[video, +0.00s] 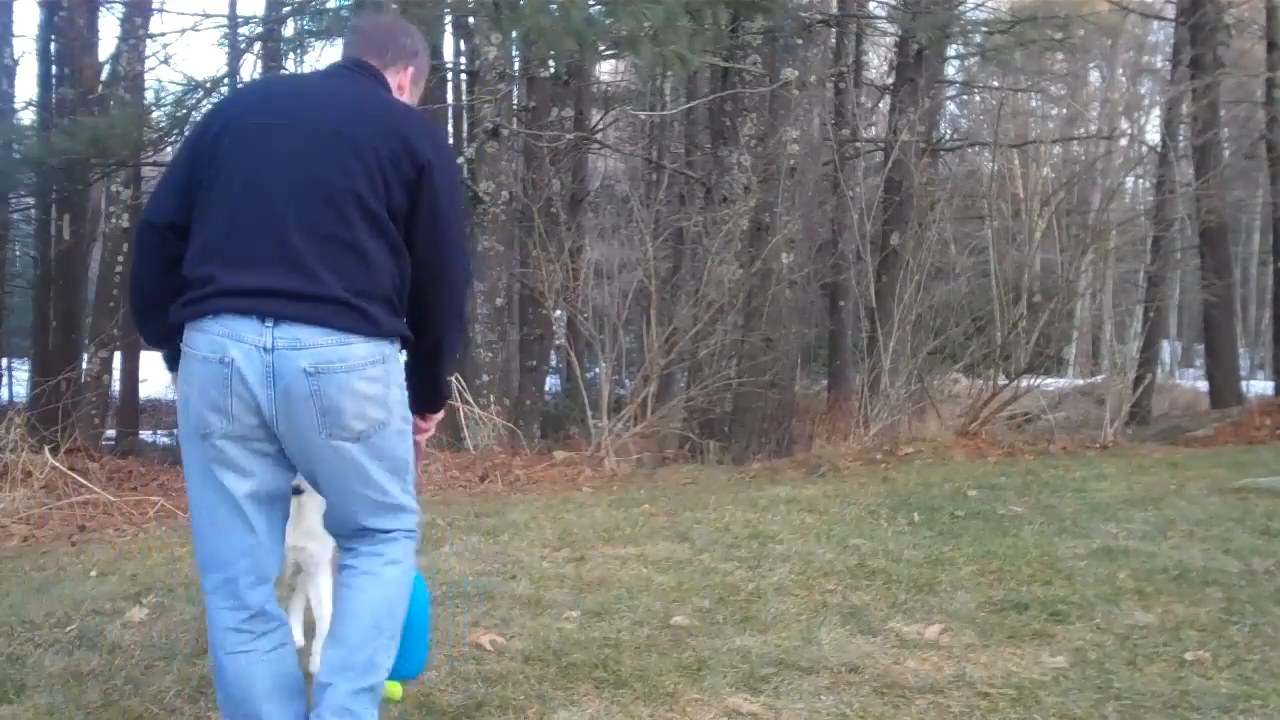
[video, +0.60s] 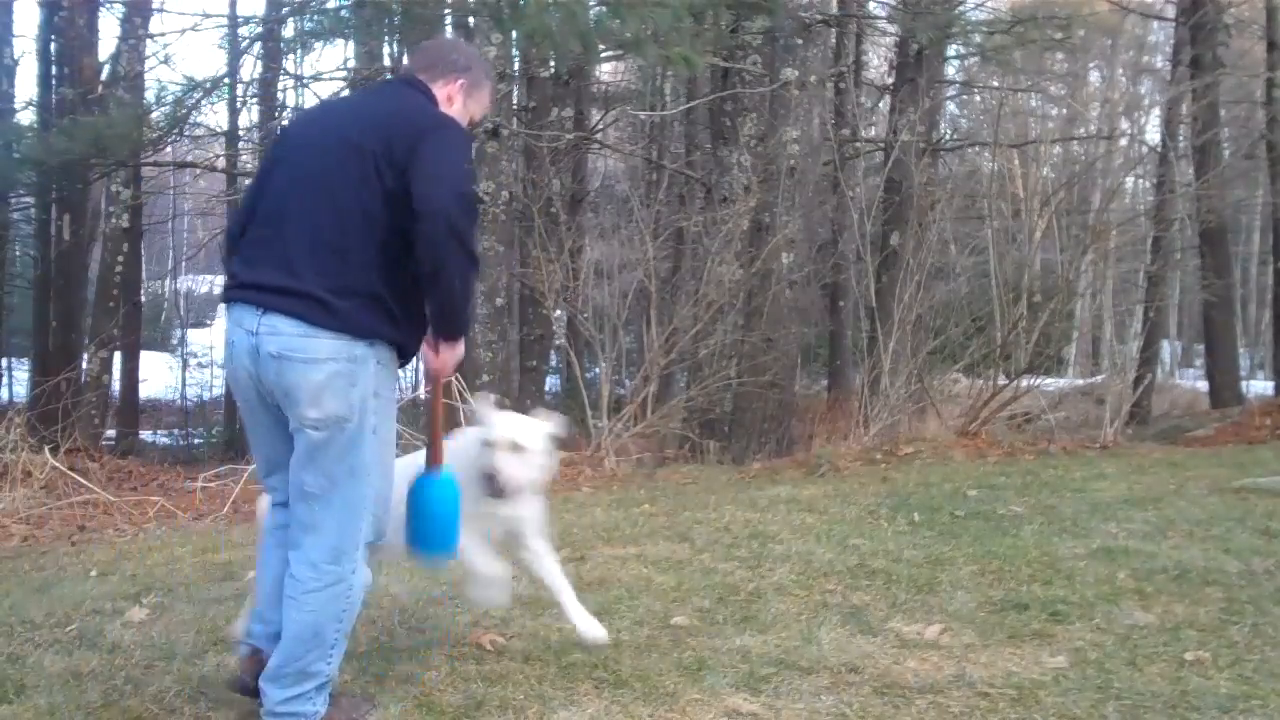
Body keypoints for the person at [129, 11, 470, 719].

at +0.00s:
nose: (419, 102)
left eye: (421, 92)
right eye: (421, 91)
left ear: (343, 61)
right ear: (403, 76)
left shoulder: (237, 105)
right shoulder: (415, 135)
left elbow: (157, 231)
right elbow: (443, 277)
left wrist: (180, 343)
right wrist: (430, 387)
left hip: (215, 352)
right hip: (346, 357)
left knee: (239, 587)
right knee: (377, 536)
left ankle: (264, 711)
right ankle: (344, 706)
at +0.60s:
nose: (469, 131)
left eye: (475, 122)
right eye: (473, 118)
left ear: (414, 78)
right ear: (453, 89)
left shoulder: (321, 114)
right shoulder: (436, 129)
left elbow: (247, 221)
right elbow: (444, 227)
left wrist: (261, 301)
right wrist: (450, 329)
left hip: (247, 335)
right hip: (333, 348)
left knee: (287, 500)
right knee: (335, 535)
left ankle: (263, 650)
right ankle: (297, 701)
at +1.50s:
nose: (589, 93)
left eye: (601, 79)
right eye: (575, 77)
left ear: (611, 74)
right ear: (536, 63)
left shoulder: (597, 153)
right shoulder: (470, 125)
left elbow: (608, 256)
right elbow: (392, 202)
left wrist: (621, 321)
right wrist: (455, 273)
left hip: (539, 355)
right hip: (463, 347)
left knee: (486, 509)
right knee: (534, 506)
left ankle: (433, 655)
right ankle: (576, 682)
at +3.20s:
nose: (655, 116)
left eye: (676, 91)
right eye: (632, 94)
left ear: (714, 97)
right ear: (600, 101)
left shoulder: (796, 195)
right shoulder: (552, 199)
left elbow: (867, 344)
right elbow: (504, 325)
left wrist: (796, 450)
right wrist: (524, 370)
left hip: (801, 431)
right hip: (642, 439)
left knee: (848, 632)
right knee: (595, 650)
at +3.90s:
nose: (807, 202)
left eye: (833, 180)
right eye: (785, 181)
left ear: (877, 205)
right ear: (755, 207)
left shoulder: (959, 344)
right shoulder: (705, 322)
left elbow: (1016, 545)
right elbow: (636, 469)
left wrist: (856, 590)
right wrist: (605, 434)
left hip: (905, 645)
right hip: (743, 644)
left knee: (905, 705)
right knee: (685, 709)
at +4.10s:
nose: (835, 212)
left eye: (859, 190)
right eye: (812, 190)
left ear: (902, 218)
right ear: (781, 219)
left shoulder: (979, 362)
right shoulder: (723, 334)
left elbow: (1019, 563)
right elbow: (650, 480)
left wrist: (833, 565)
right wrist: (614, 411)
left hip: (899, 667)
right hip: (735, 673)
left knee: (913, 712)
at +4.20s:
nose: (845, 219)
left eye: (870, 197)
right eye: (823, 197)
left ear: (912, 225)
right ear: (790, 224)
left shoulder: (984, 371)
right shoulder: (724, 343)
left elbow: (1009, 569)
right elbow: (644, 485)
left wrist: (826, 543)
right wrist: (604, 392)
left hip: (895, 684)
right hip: (725, 691)